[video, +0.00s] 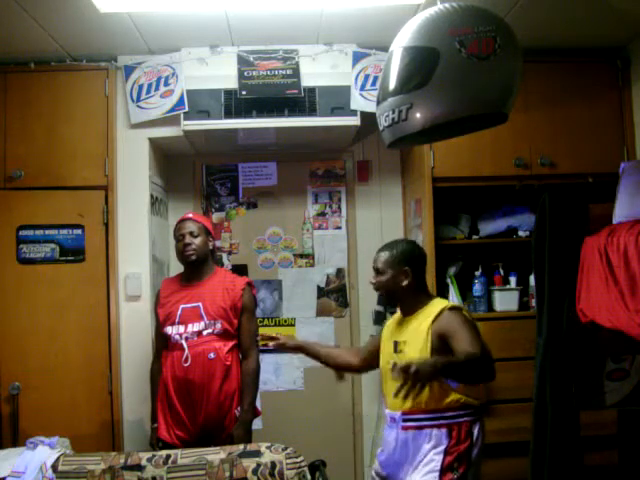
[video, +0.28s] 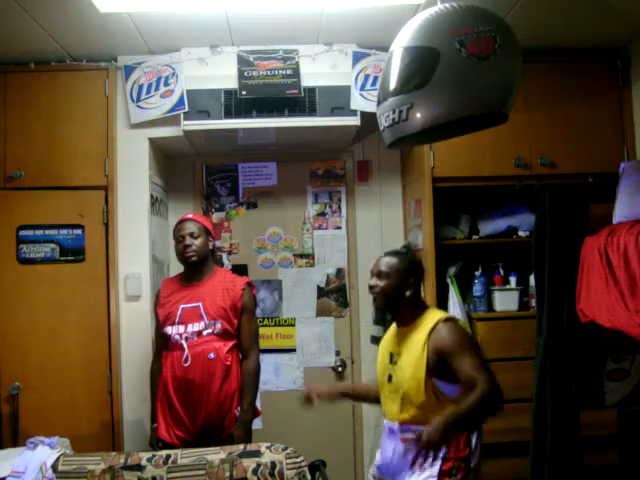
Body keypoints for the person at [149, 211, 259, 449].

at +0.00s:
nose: (186, 241)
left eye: (194, 235)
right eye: (179, 237)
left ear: (210, 242)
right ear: (175, 247)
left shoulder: (237, 288)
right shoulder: (167, 290)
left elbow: (250, 355)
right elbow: (159, 356)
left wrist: (245, 418)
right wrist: (156, 420)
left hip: (224, 417)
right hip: (175, 417)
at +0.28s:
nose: (186, 243)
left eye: (194, 236)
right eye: (180, 238)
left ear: (210, 242)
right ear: (175, 247)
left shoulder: (237, 288)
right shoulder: (166, 290)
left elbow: (250, 355)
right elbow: (159, 356)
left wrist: (245, 418)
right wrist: (156, 420)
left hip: (224, 416)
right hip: (175, 417)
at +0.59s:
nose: (195, 237)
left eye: (196, 232)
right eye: (184, 235)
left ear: (203, 236)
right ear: (168, 248)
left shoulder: (230, 285)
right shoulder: (158, 294)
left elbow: (249, 348)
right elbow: (155, 354)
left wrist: (240, 407)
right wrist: (154, 413)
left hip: (225, 412)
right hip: (176, 414)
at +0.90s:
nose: (190, 238)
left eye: (192, 233)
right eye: (179, 235)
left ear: (199, 239)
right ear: (165, 249)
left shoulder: (227, 285)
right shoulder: (154, 296)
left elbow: (244, 349)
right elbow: (152, 358)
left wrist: (233, 411)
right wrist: (156, 421)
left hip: (223, 416)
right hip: (175, 420)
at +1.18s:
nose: (190, 238)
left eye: (193, 233)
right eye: (180, 235)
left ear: (200, 238)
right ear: (165, 248)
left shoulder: (227, 285)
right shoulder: (155, 295)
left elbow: (245, 349)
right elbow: (152, 358)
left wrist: (234, 411)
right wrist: (155, 422)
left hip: (223, 416)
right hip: (175, 420)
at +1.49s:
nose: (190, 239)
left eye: (193, 233)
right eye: (180, 235)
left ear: (200, 238)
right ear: (165, 248)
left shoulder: (227, 285)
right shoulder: (154, 295)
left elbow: (245, 349)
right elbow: (151, 357)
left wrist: (232, 411)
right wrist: (155, 420)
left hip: (222, 416)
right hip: (174, 420)